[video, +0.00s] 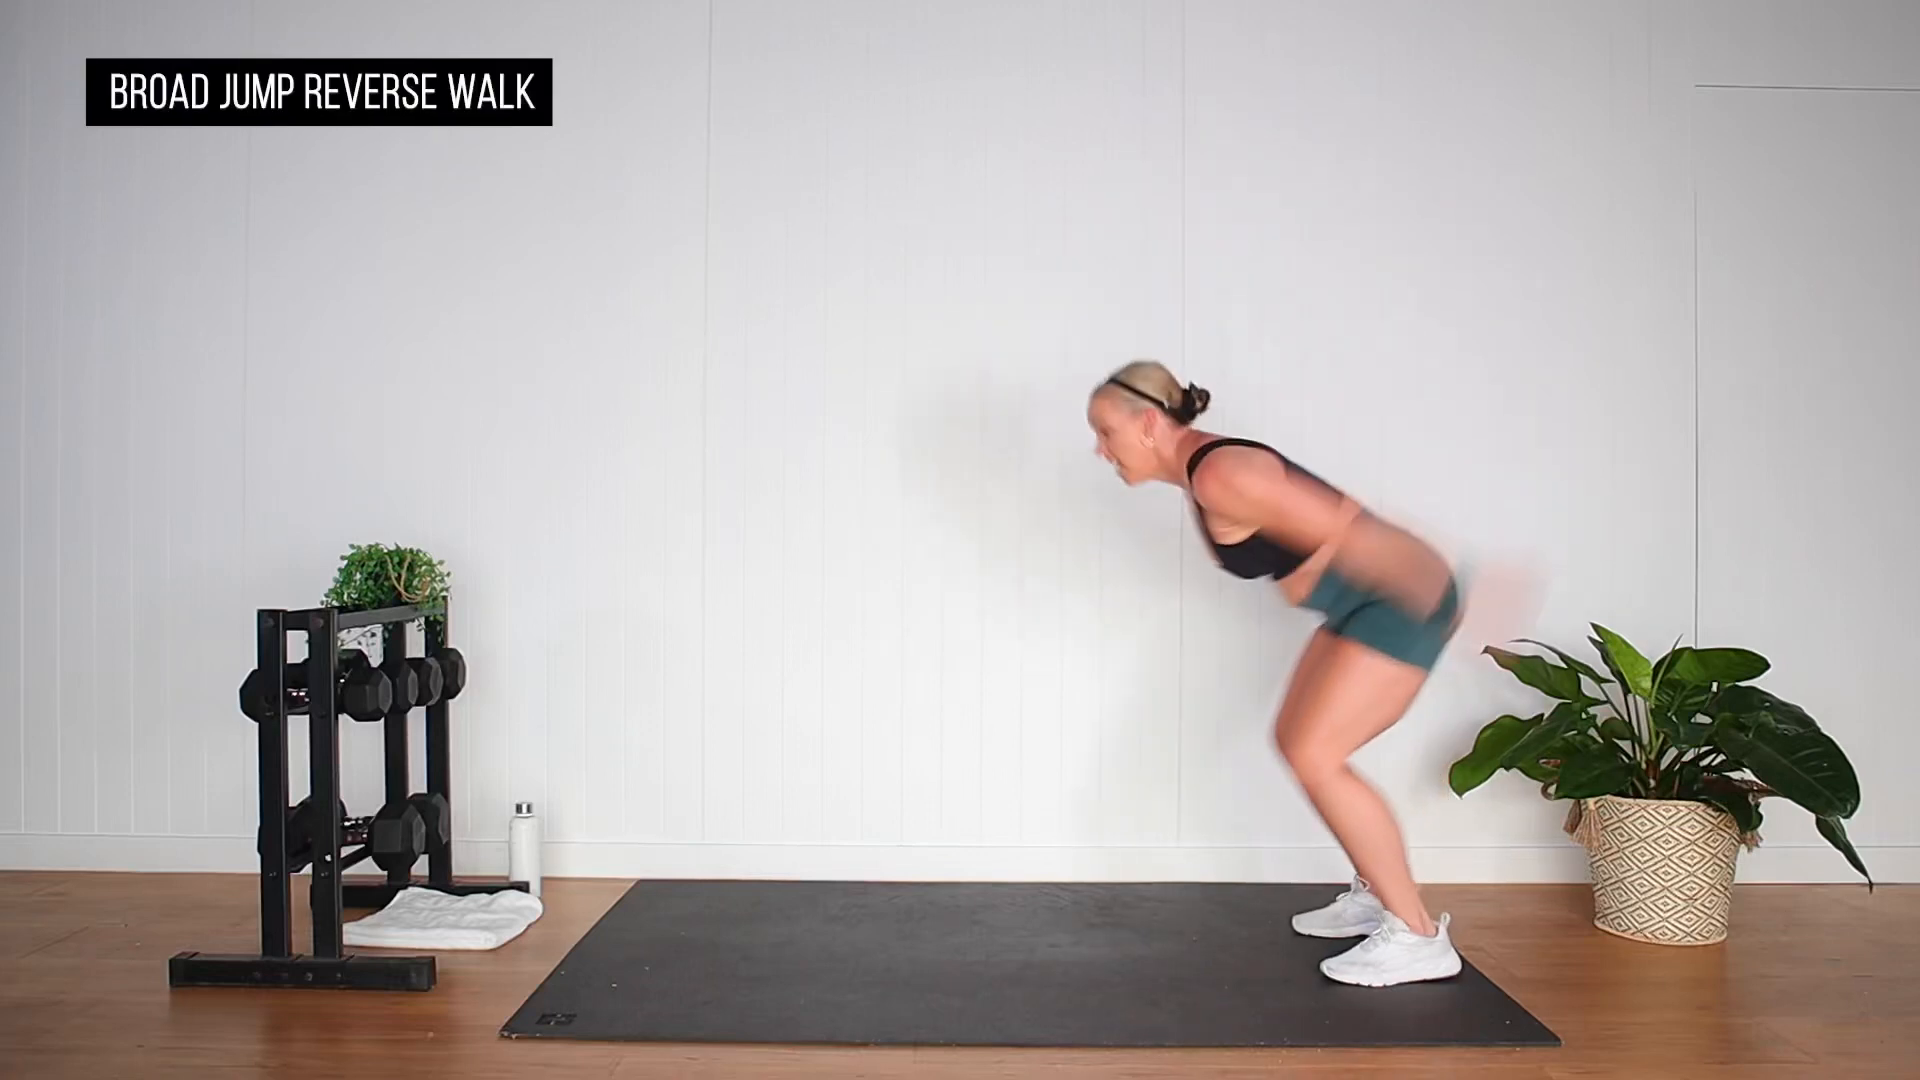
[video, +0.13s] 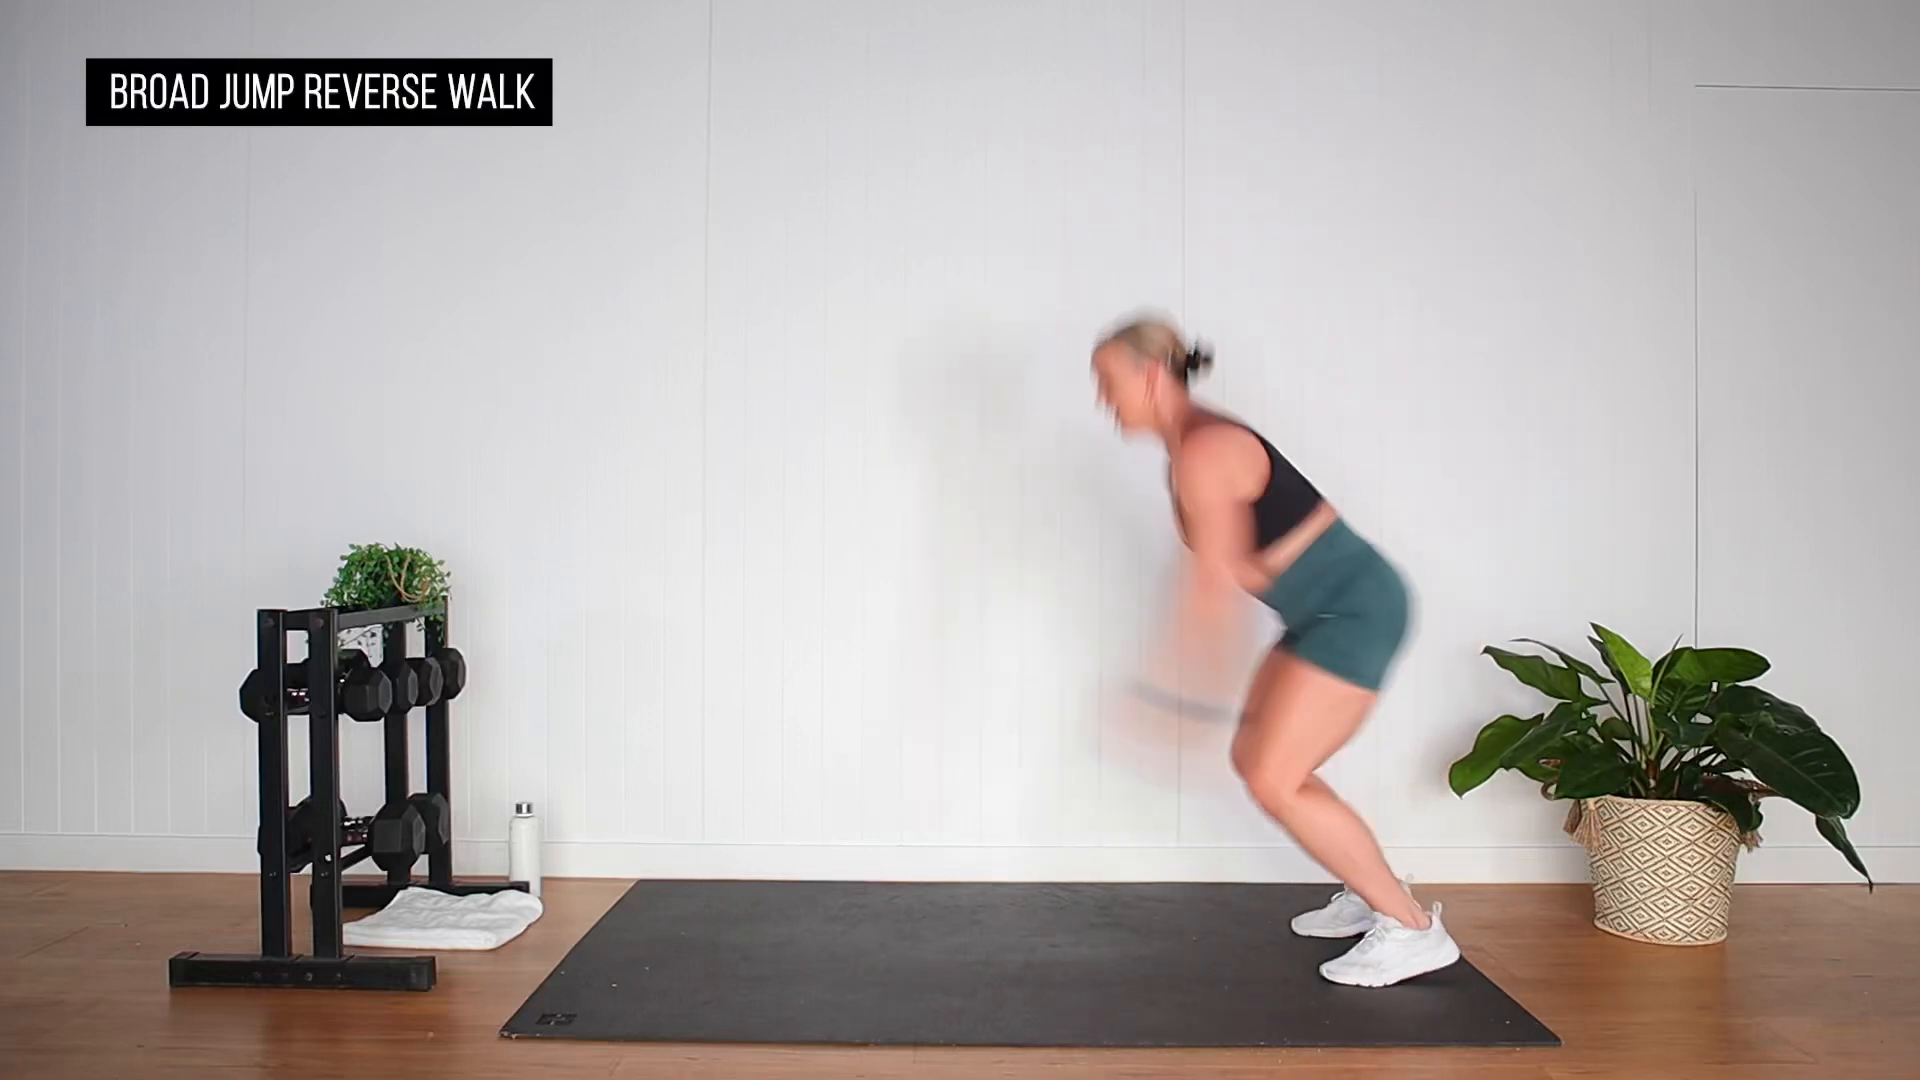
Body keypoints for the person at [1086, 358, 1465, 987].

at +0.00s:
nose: (1099, 450)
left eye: (1104, 433)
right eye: (1096, 435)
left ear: (1152, 425)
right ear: (1153, 426)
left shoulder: (1223, 476)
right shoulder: (1207, 472)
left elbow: (1346, 527)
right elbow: (1335, 522)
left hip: (1403, 600)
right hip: (1369, 596)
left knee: (1316, 753)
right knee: (1298, 739)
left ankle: (1416, 932)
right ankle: (1381, 891)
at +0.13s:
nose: (1105, 402)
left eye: (1110, 383)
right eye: (1101, 386)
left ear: (1156, 374)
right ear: (1152, 377)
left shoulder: (1206, 453)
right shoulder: (1190, 451)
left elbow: (1214, 592)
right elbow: (1202, 578)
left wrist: (1187, 688)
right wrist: (1176, 676)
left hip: (1357, 606)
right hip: (1323, 609)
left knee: (1275, 775)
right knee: (1257, 757)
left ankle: (1410, 923)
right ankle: (1373, 890)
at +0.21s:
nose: (1096, 337)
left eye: (1102, 318)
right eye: (1092, 321)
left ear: (1146, 309)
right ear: (1141, 314)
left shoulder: (1183, 391)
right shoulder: (1170, 387)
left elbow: (1123, 511)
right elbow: (1116, 500)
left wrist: (1026, 551)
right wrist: (1013, 531)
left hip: (1296, 575)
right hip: (1277, 577)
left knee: (1266, 768)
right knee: (1251, 755)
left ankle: (1405, 916)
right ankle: (1373, 887)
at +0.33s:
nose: (1034, 239)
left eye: (1039, 221)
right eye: (1030, 226)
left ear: (1083, 207)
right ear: (1078, 212)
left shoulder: (1117, 281)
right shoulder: (1102, 281)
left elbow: (1026, 376)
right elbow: (1017, 367)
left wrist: (922, 383)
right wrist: (918, 378)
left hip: (1195, 483)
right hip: (1183, 483)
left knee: (1193, 686)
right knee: (1195, 684)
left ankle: (1319, 851)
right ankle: (1305, 836)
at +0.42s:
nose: (974, 211)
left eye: (980, 193)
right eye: (971, 195)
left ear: (1018, 186)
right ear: (1023, 187)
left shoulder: (1057, 247)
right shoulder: (1053, 250)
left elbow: (963, 337)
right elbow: (976, 363)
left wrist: (854, 367)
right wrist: (867, 378)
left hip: (1156, 448)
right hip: (1147, 450)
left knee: (1113, 650)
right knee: (1115, 648)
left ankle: (1227, 820)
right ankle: (1218, 814)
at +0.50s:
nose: (909, 227)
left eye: (914, 208)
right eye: (904, 211)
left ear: (952, 193)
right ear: (953, 198)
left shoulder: (990, 255)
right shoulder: (999, 255)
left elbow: (913, 361)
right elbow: (923, 383)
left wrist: (808, 415)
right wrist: (813, 417)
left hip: (1115, 448)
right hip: (1110, 447)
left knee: (1050, 628)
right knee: (1048, 627)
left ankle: (1085, 840)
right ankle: (1070, 840)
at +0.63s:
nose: (789, 354)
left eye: (791, 333)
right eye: (783, 338)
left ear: (826, 314)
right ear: (833, 316)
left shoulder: (869, 377)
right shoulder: (886, 366)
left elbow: (814, 501)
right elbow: (831, 505)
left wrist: (738, 586)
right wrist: (750, 581)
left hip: (1017, 535)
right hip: (1016, 532)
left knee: (908, 697)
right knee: (906, 692)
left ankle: (841, 905)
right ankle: (843, 880)